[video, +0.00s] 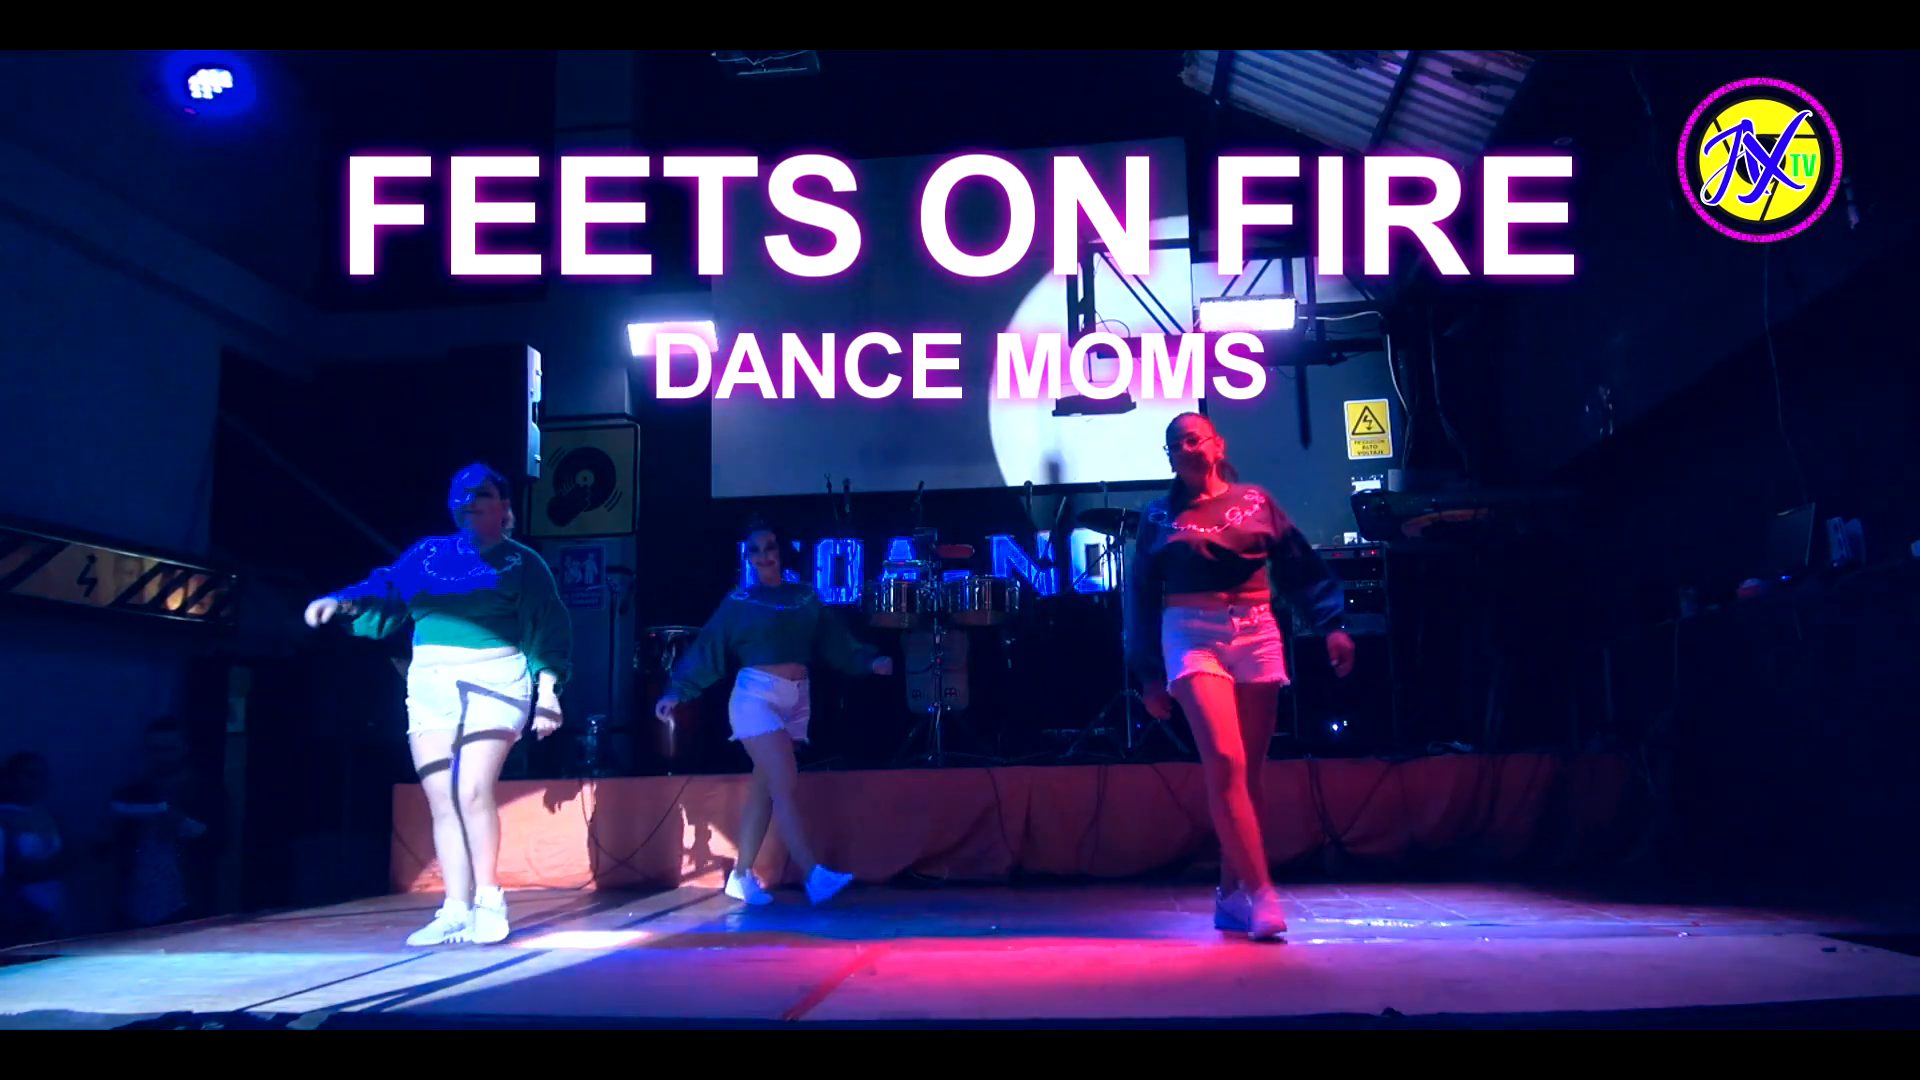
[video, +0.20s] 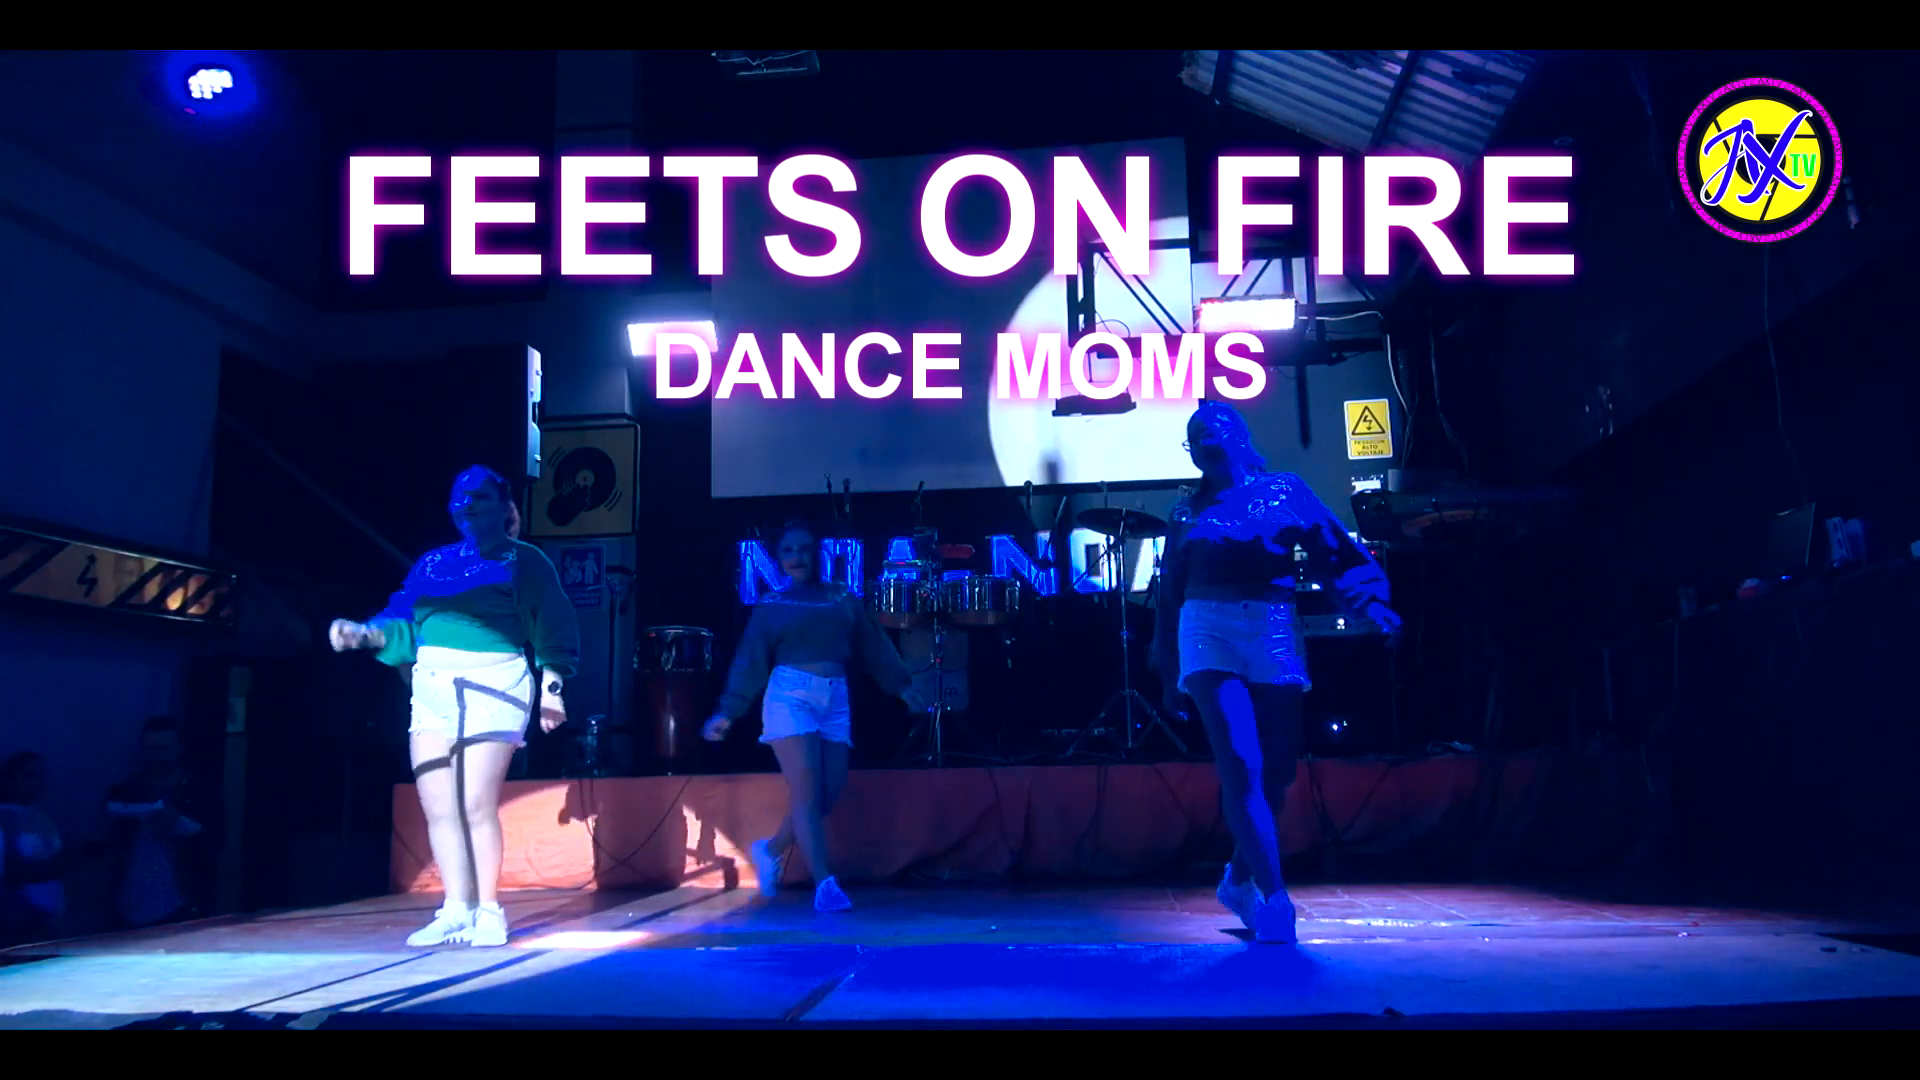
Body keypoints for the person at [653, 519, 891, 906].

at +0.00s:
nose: (765, 556)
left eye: (771, 548)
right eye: (756, 550)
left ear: (782, 551)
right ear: (747, 556)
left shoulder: (805, 597)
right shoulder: (738, 603)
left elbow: (835, 641)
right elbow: (706, 653)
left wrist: (869, 661)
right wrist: (676, 692)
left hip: (795, 699)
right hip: (755, 697)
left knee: (764, 788)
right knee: (784, 781)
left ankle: (741, 873)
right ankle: (813, 875)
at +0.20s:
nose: (797, 557)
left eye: (804, 549)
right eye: (788, 551)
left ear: (818, 553)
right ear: (778, 557)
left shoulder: (843, 601)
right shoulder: (772, 607)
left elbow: (877, 650)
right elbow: (749, 664)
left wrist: (905, 688)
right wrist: (727, 712)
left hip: (835, 698)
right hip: (789, 695)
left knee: (830, 787)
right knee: (805, 787)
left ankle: (771, 850)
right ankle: (825, 883)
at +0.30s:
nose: (821, 553)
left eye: (829, 546)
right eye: (813, 546)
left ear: (840, 553)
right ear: (800, 553)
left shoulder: (858, 601)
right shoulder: (789, 604)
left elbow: (882, 656)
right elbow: (773, 660)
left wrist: (896, 703)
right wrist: (767, 713)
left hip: (852, 694)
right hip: (805, 691)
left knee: (863, 784)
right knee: (818, 791)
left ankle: (810, 817)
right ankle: (826, 884)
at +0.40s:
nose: (843, 543)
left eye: (851, 537)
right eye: (835, 536)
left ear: (862, 545)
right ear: (823, 543)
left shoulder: (873, 598)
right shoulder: (810, 593)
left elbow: (890, 652)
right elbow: (789, 644)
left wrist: (897, 698)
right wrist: (798, 686)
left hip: (867, 688)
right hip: (820, 689)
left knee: (889, 762)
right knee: (825, 785)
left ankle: (856, 826)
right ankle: (829, 882)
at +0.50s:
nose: (866, 534)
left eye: (873, 528)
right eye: (858, 527)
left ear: (883, 536)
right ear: (844, 534)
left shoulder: (892, 586)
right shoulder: (825, 581)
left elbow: (902, 641)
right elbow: (808, 635)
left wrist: (903, 686)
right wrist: (834, 671)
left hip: (885, 683)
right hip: (835, 685)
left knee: (903, 776)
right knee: (837, 785)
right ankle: (839, 879)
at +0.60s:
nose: (883, 537)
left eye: (891, 531)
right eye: (876, 530)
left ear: (903, 541)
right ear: (862, 538)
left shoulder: (910, 592)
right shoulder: (847, 582)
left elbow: (918, 649)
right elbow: (827, 637)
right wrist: (856, 667)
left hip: (906, 692)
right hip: (856, 692)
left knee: (913, 789)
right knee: (852, 793)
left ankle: (925, 886)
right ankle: (843, 881)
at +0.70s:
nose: (898, 538)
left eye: (906, 532)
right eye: (890, 531)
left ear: (917, 539)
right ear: (876, 537)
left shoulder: (925, 588)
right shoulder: (860, 584)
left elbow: (935, 646)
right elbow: (849, 637)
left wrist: (943, 690)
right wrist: (862, 678)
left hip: (928, 690)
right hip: (881, 689)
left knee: (927, 791)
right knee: (884, 795)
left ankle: (926, 887)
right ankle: (853, 870)